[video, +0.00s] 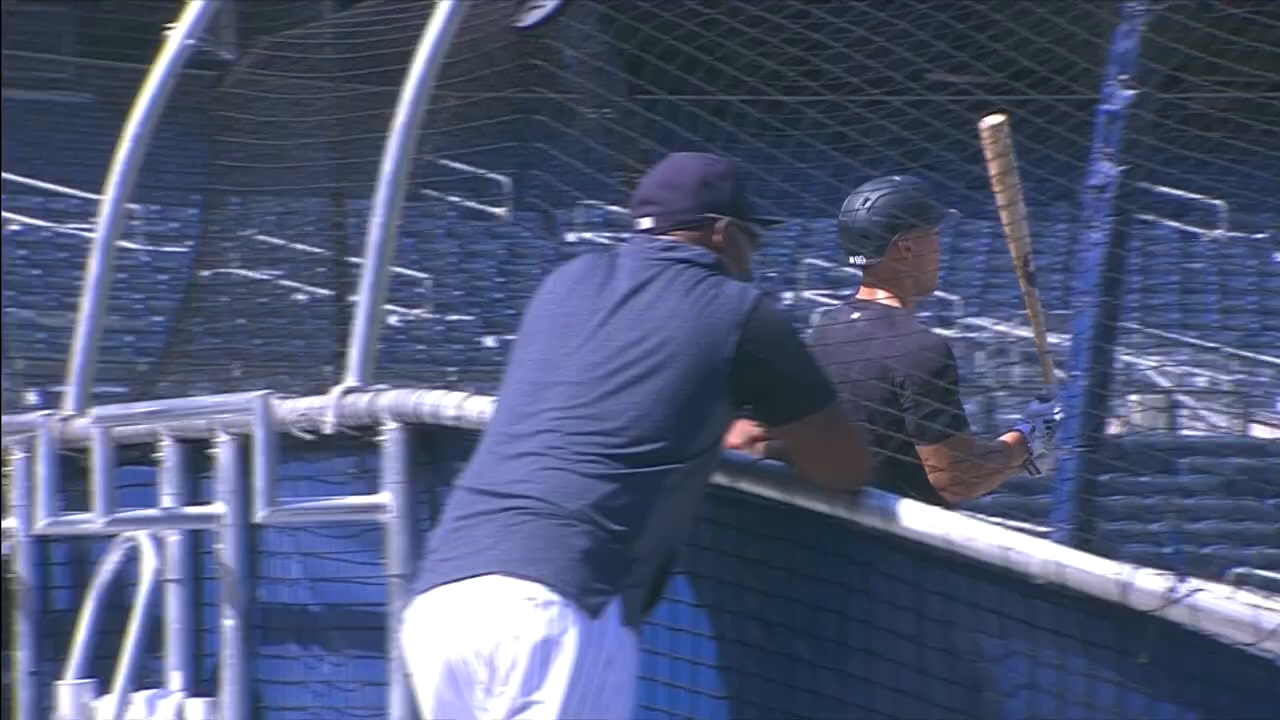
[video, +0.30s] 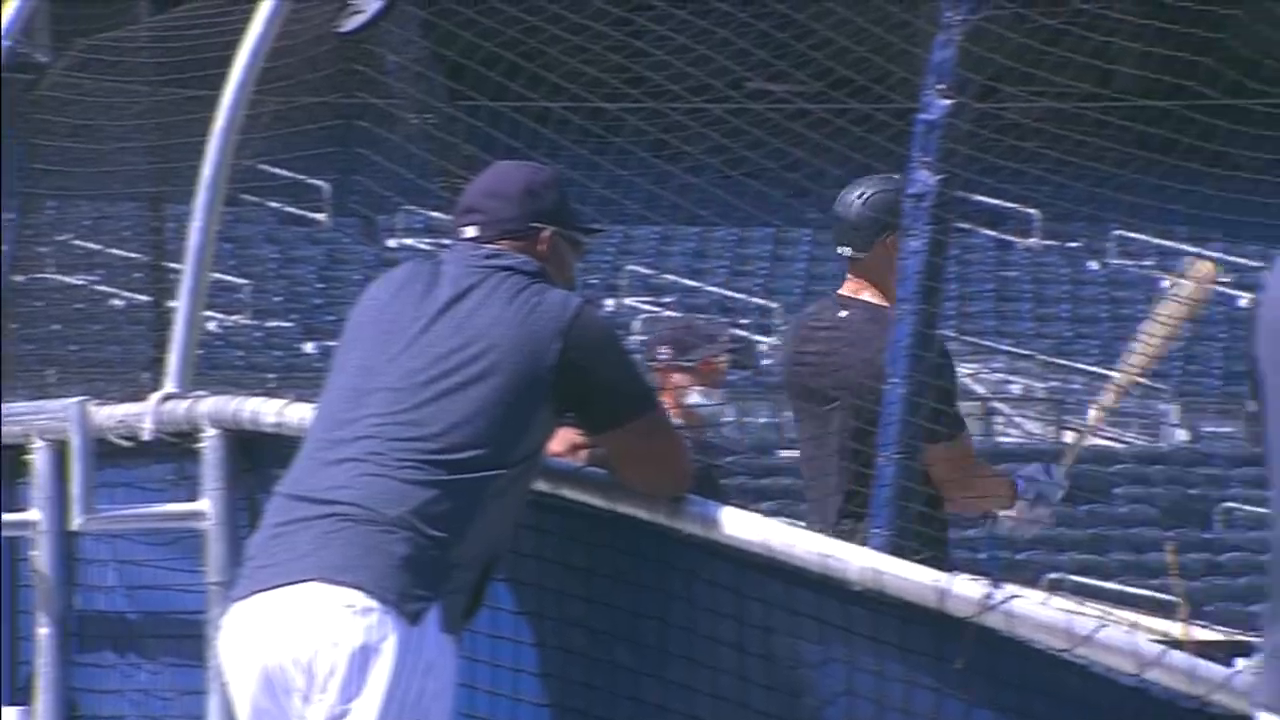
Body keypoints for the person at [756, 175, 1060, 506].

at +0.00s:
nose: (940, 247)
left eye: (937, 235)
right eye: (933, 236)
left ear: (860, 253)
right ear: (903, 249)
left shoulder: (826, 330)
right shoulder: (919, 350)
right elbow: (954, 479)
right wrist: (1024, 443)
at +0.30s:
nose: (933, 256)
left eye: (933, 242)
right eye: (923, 242)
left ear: (848, 245)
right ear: (894, 246)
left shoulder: (807, 331)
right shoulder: (911, 345)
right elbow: (957, 479)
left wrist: (996, 507)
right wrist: (1023, 485)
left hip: (825, 560)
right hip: (902, 571)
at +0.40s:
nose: (903, 265)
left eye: (904, 251)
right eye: (900, 251)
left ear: (830, 254)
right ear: (889, 257)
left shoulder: (788, 339)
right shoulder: (896, 357)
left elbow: (860, 464)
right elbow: (943, 476)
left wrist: (965, 537)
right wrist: (997, 519)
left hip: (800, 559)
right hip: (878, 579)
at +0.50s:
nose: (892, 267)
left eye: (891, 255)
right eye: (885, 256)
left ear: (816, 261)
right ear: (853, 262)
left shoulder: (776, 340)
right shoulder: (878, 363)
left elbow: (819, 468)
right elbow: (925, 483)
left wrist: (909, 537)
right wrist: (968, 540)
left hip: (771, 573)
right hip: (847, 590)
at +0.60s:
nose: (875, 284)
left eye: (876, 272)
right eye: (871, 272)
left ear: (802, 275)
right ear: (838, 274)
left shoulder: (753, 361)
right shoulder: (863, 375)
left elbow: (790, 487)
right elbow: (908, 497)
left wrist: (890, 555)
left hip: (766, 589)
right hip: (840, 603)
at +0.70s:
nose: (861, 288)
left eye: (860, 274)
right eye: (854, 274)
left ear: (780, 279)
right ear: (818, 279)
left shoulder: (743, 362)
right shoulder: (830, 371)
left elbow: (754, 483)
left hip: (753, 595)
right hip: (819, 608)